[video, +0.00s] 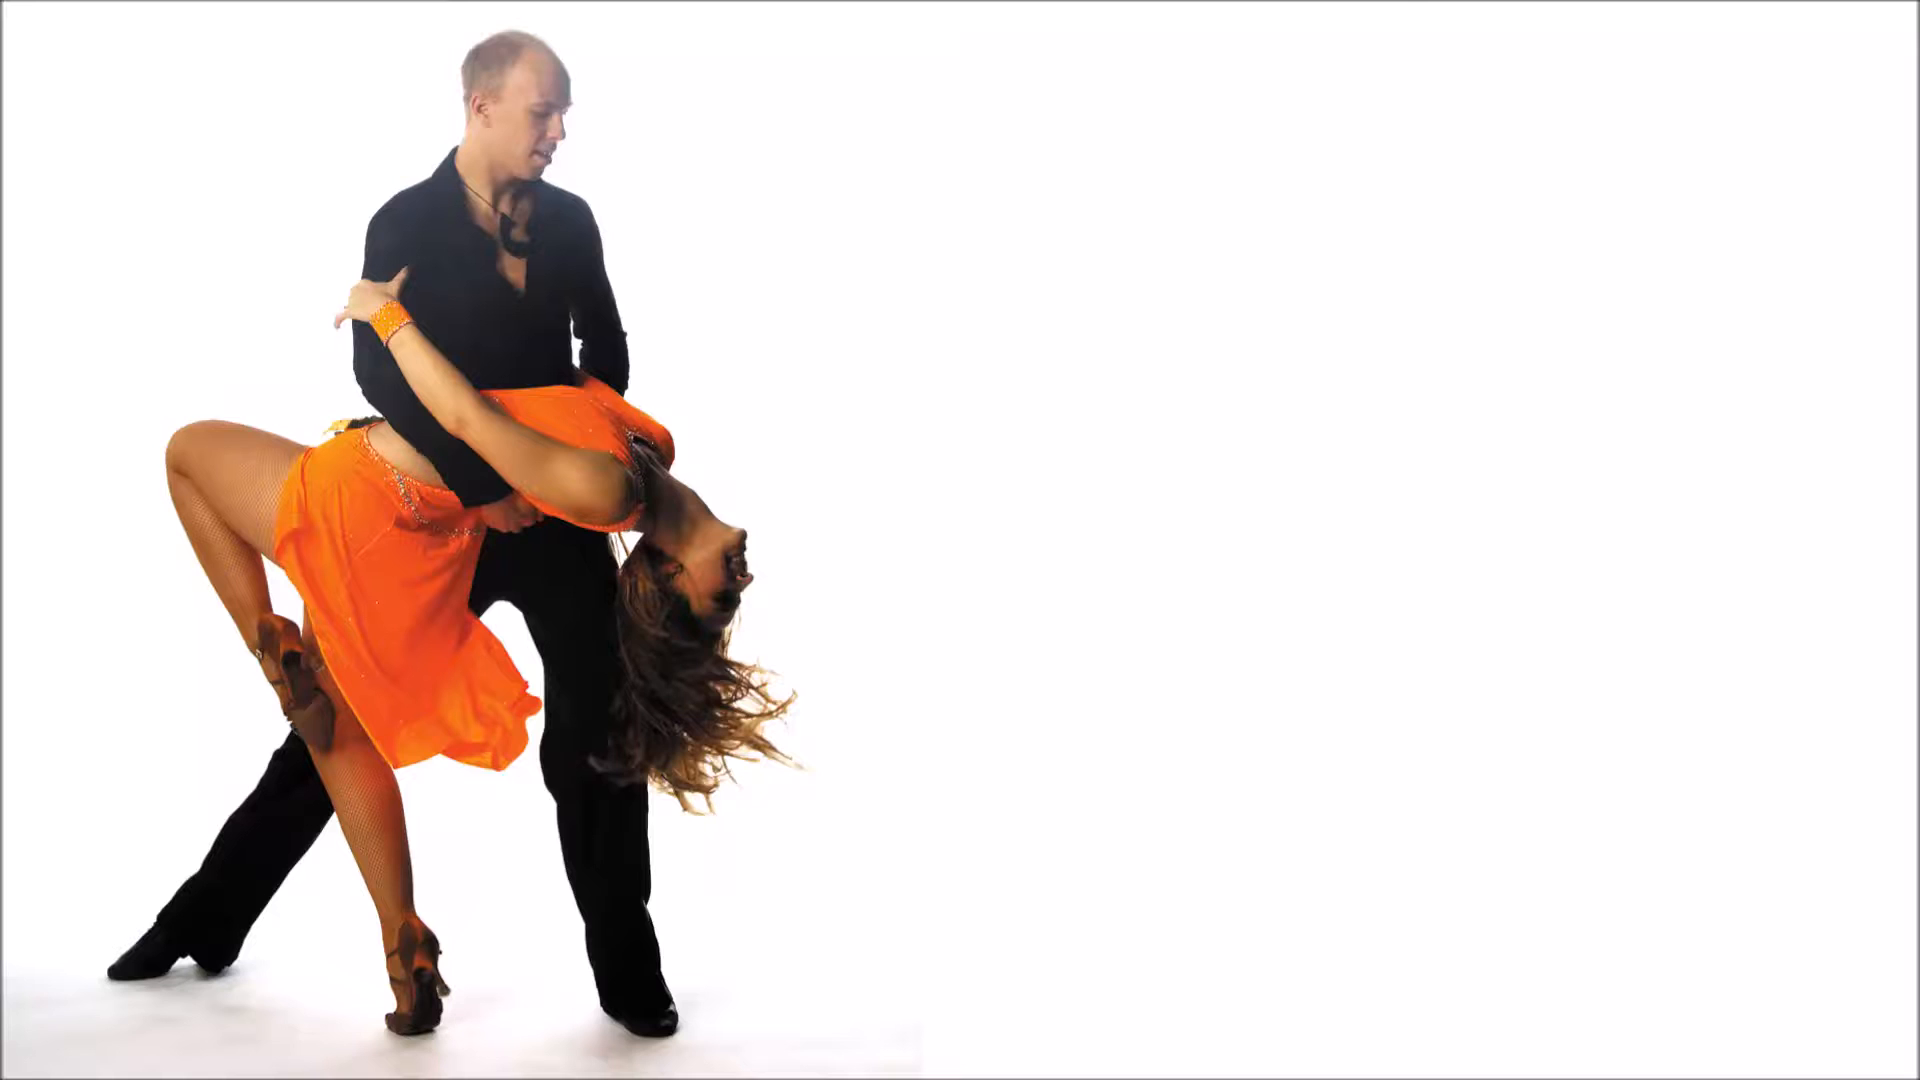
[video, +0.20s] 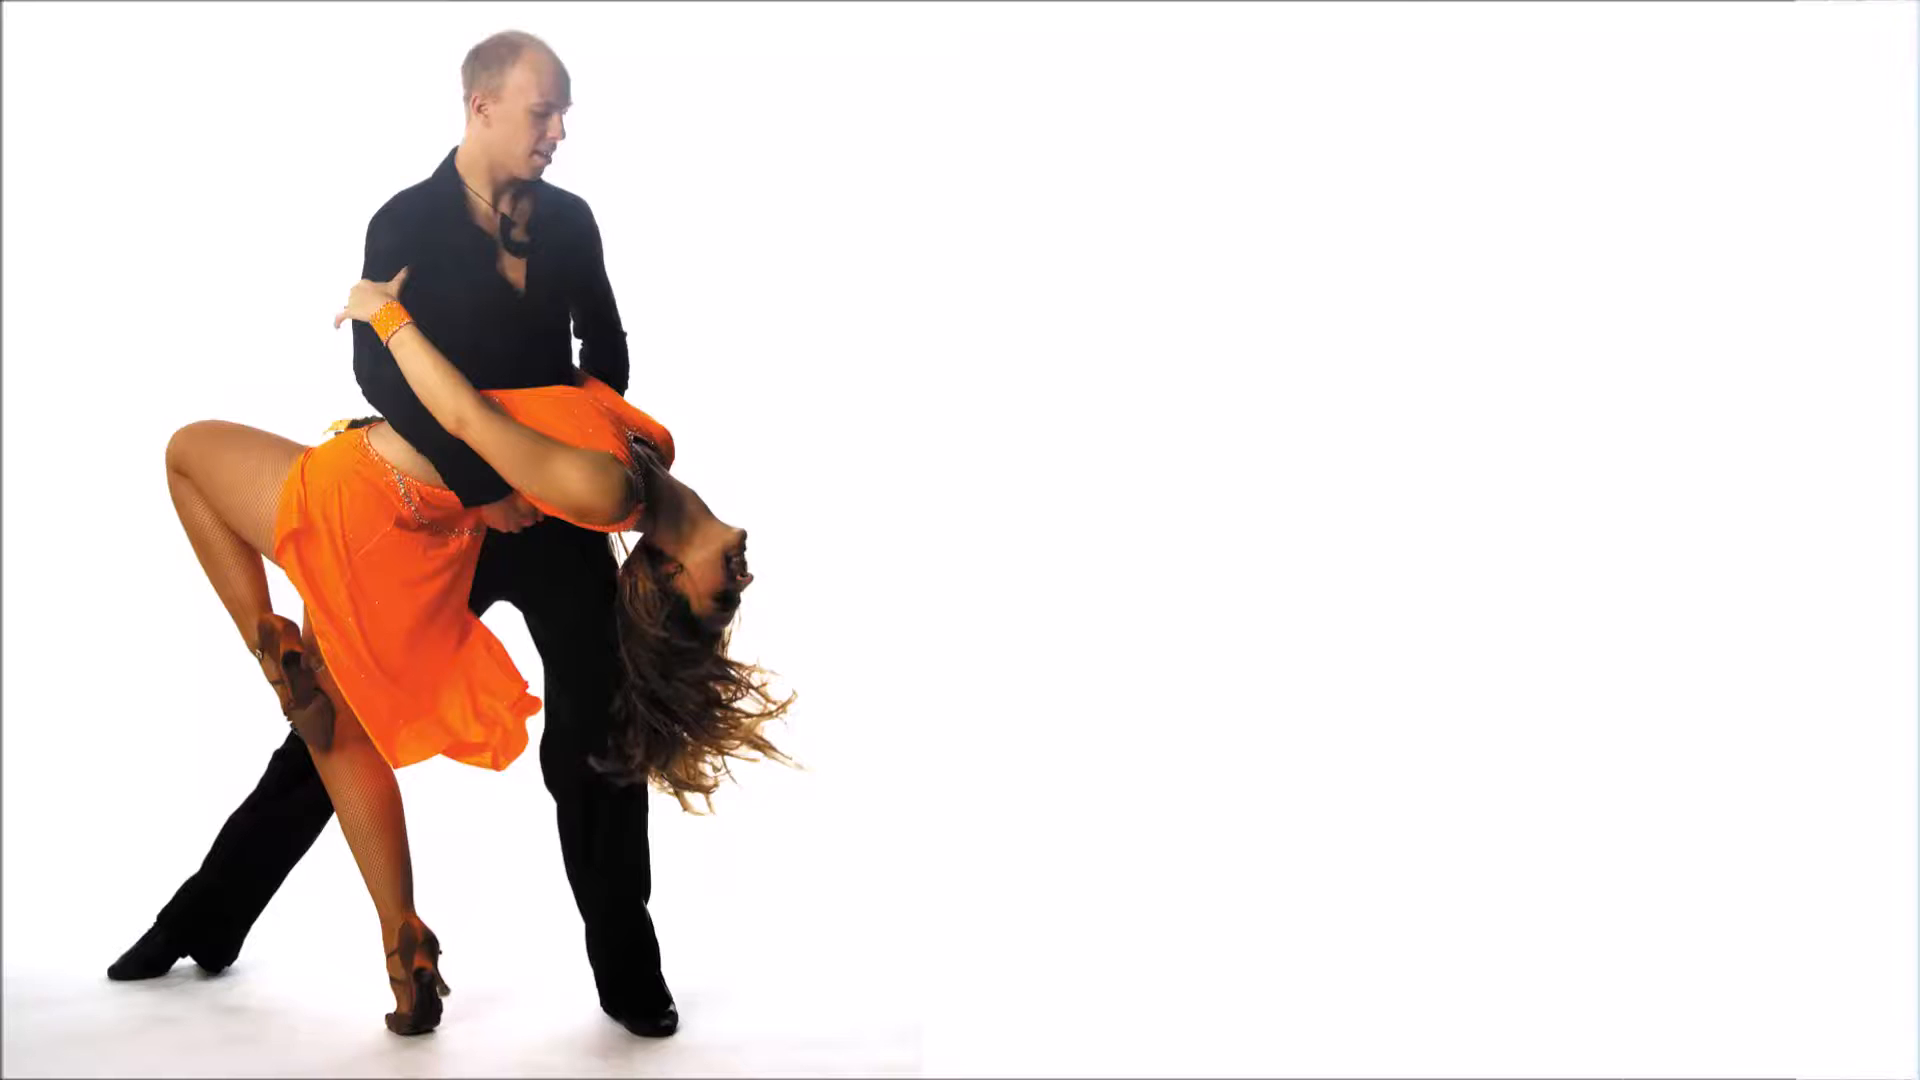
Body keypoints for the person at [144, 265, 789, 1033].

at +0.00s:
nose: (737, 551)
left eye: (720, 570)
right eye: (742, 566)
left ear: (658, 577)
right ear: (713, 555)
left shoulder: (602, 489)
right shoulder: (641, 484)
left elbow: (461, 414)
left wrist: (384, 315)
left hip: (355, 503)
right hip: (422, 536)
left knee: (190, 453)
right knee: (338, 728)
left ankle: (269, 645)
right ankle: (404, 936)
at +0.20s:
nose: (740, 555)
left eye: (723, 573)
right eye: (745, 569)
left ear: (655, 579)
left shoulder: (602, 488)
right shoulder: (642, 482)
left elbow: (462, 413)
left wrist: (385, 315)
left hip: (355, 504)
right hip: (420, 534)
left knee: (190, 453)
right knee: (338, 728)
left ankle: (268, 644)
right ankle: (403, 934)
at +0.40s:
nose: (738, 548)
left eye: (721, 568)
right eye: (743, 565)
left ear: (657, 578)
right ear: (712, 554)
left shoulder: (601, 489)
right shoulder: (642, 483)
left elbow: (462, 413)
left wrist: (385, 315)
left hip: (356, 504)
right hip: (423, 535)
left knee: (190, 454)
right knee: (339, 730)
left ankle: (268, 643)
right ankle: (403, 936)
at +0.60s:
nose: (737, 549)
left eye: (716, 571)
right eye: (741, 566)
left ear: (661, 575)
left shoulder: (602, 489)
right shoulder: (641, 477)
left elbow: (464, 413)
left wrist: (383, 315)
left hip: (358, 500)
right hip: (424, 531)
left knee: (190, 455)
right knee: (340, 730)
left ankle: (270, 644)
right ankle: (403, 936)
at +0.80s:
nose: (738, 550)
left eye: (717, 572)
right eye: (742, 567)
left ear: (660, 577)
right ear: (717, 553)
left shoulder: (601, 489)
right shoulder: (641, 480)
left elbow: (464, 413)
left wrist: (385, 316)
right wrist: (399, 325)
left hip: (356, 501)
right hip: (423, 534)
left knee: (190, 454)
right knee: (340, 727)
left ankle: (269, 643)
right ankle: (403, 935)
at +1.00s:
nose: (738, 549)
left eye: (716, 571)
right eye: (741, 566)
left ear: (661, 576)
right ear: (711, 554)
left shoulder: (601, 489)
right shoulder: (640, 478)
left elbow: (464, 413)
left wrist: (385, 315)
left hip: (356, 501)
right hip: (422, 533)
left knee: (190, 454)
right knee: (339, 729)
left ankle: (269, 644)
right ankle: (403, 936)